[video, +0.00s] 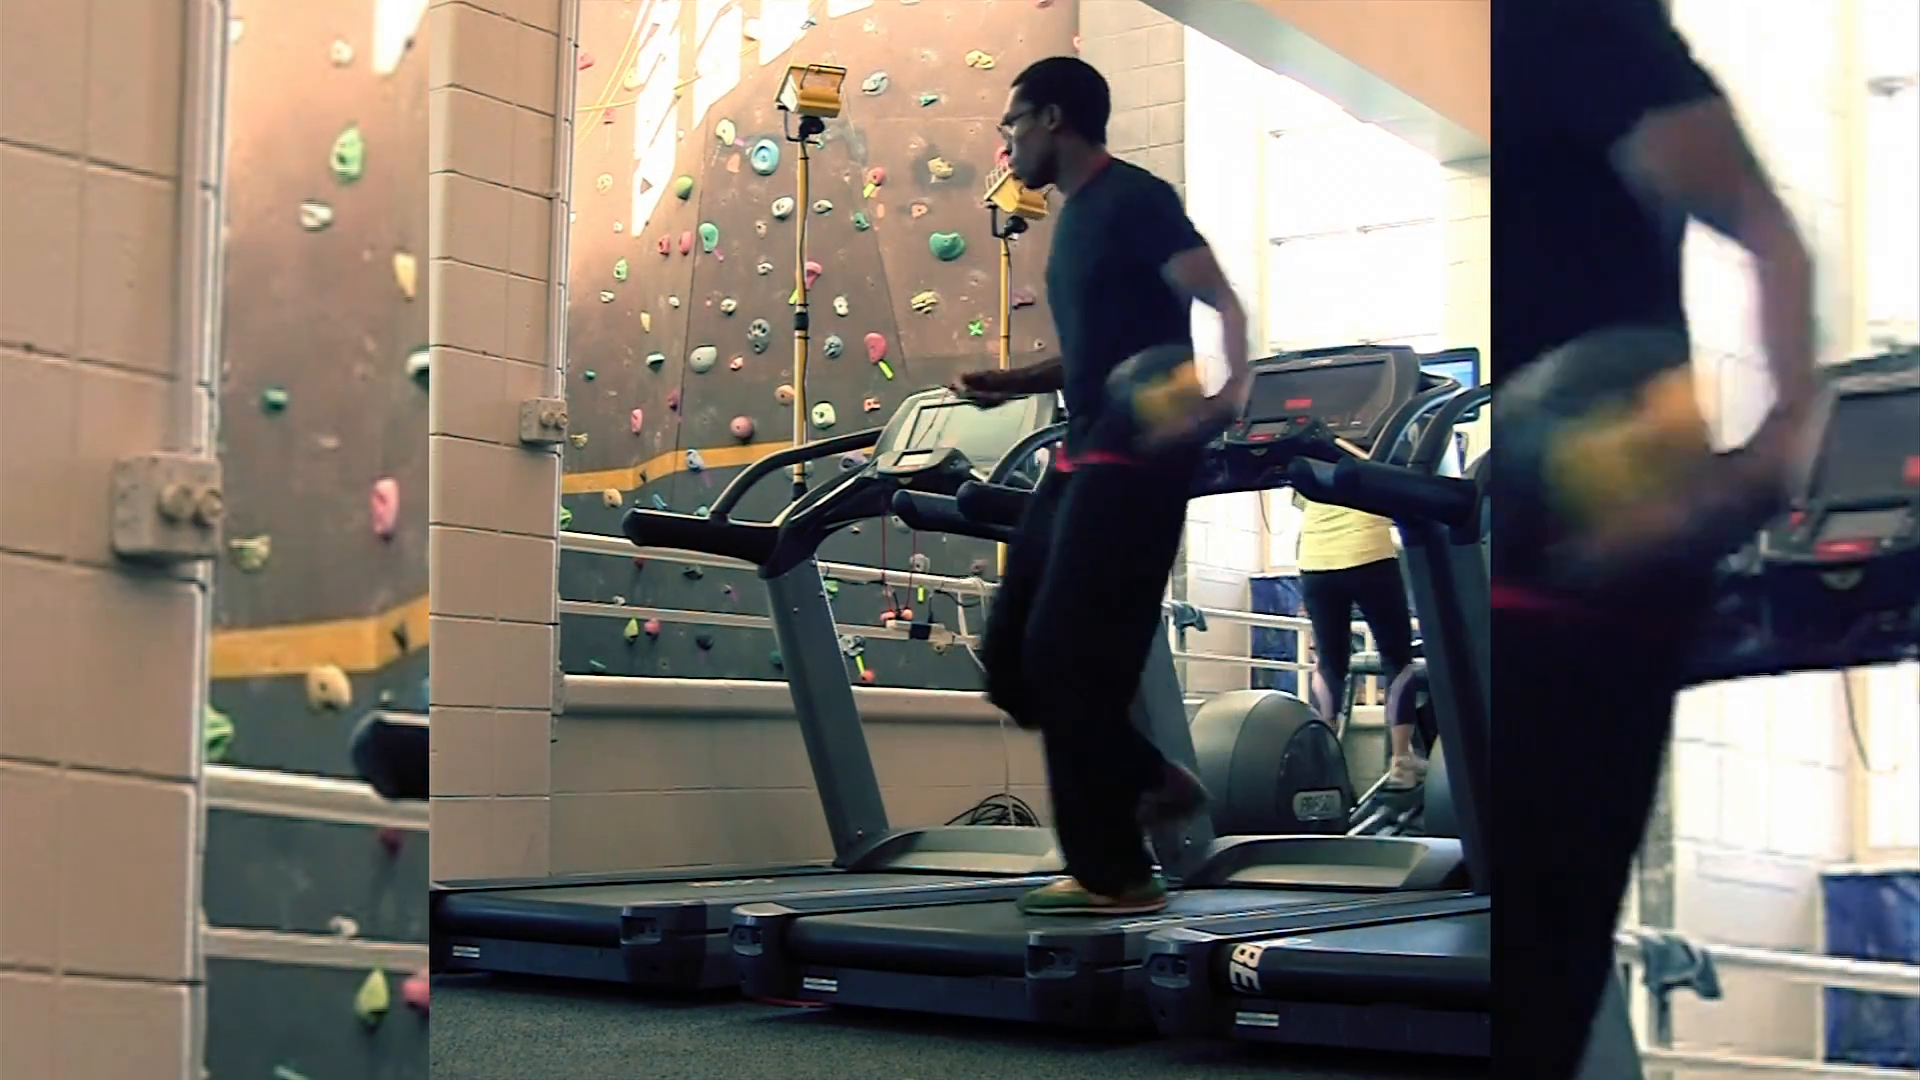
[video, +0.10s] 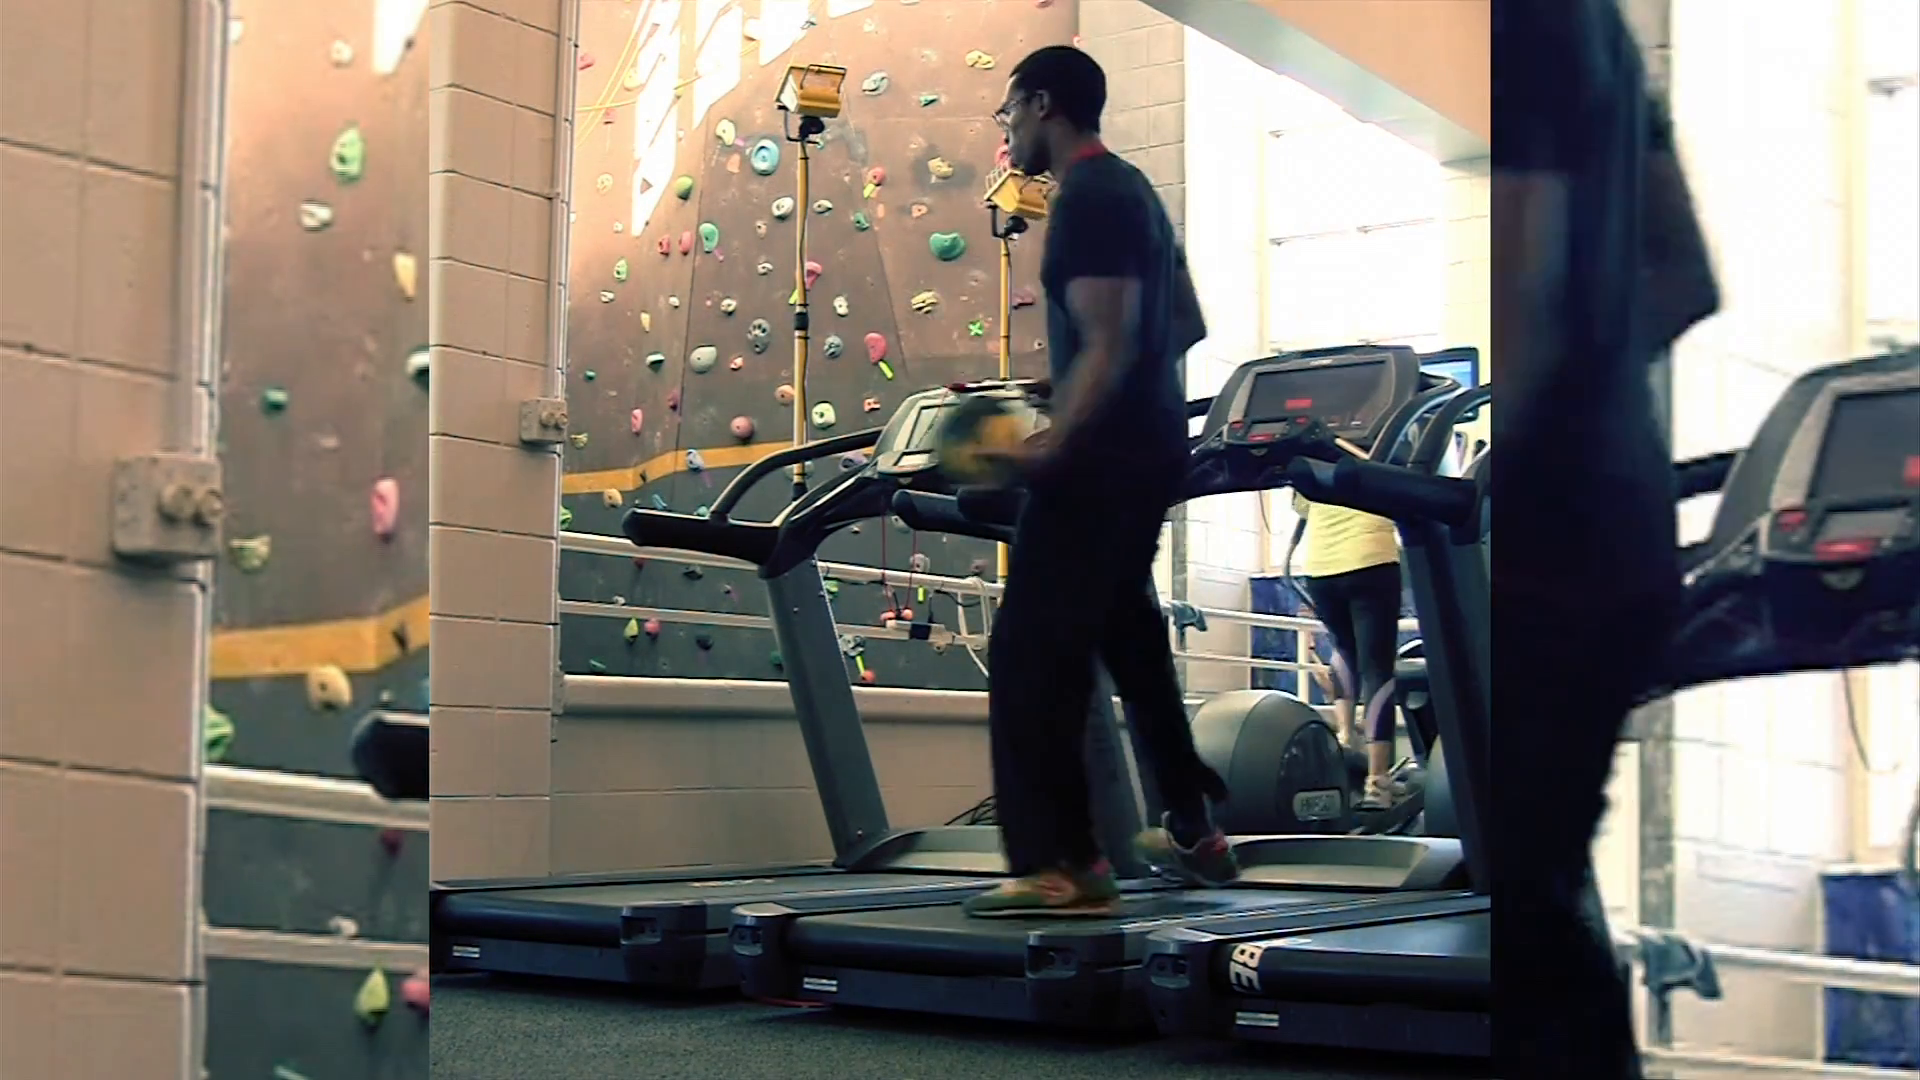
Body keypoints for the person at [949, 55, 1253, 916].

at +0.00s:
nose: (1003, 142)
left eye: (1013, 124)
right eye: (1004, 126)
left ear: (1055, 122)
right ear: (1057, 126)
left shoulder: (1133, 198)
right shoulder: (1076, 217)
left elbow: (1222, 301)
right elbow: (1098, 348)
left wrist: (1231, 391)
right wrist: (1013, 377)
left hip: (1134, 468)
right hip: (1078, 467)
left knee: (1070, 665)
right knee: (1011, 663)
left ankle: (1115, 878)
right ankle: (1159, 784)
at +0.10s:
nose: (1002, 131)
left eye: (1010, 113)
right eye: (1004, 115)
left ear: (1046, 109)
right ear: (1076, 111)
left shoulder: (1087, 190)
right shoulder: (1131, 190)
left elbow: (1108, 338)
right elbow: (1184, 326)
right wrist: (1088, 389)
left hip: (1097, 454)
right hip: (1145, 452)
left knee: (1029, 648)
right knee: (1129, 633)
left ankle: (1062, 866)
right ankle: (1197, 832)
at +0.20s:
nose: (1008, 139)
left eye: (1012, 121)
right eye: (1008, 124)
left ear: (1042, 112)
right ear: (1093, 115)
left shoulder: (1044, 206)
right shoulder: (1172, 197)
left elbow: (975, 343)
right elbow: (1240, 311)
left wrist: (851, 400)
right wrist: (1173, 358)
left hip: (1079, 454)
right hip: (1172, 453)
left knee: (1023, 629)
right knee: (1176, 644)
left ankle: (1014, 837)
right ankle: (1197, 842)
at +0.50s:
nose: (1013, 169)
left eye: (1019, 151)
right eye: (1013, 153)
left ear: (1056, 144)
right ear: (1098, 147)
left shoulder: (1028, 223)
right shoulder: (1177, 222)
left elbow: (940, 343)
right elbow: (1232, 355)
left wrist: (818, 384)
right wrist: (1161, 389)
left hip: (1061, 464)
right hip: (1154, 467)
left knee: (1069, 653)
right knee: (1146, 674)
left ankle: (1033, 791)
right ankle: (1071, 861)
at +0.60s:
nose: (994, 164)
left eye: (1000, 145)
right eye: (993, 148)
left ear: (1043, 136)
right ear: (1079, 139)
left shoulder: (1024, 218)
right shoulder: (1164, 213)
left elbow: (976, 352)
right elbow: (1205, 345)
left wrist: (844, 376)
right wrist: (1127, 374)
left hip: (1070, 460)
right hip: (1161, 454)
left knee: (1081, 654)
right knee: (1107, 655)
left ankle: (1141, 840)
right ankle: (1029, 833)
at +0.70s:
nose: (982, 179)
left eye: (989, 158)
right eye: (979, 162)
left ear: (1034, 148)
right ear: (1060, 152)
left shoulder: (1032, 224)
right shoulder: (1146, 226)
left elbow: (1035, 359)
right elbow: (1207, 348)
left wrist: (905, 387)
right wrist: (1138, 400)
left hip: (1077, 481)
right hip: (1164, 477)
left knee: (1089, 672)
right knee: (1149, 659)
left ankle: (1168, 845)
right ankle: (1098, 787)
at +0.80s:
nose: (978, 176)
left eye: (988, 156)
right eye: (973, 161)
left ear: (1037, 149)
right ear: (1053, 158)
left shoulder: (1054, 212)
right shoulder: (1111, 223)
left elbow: (1106, 313)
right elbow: (1205, 333)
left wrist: (1007, 370)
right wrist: (1153, 414)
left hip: (1066, 481)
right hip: (1133, 479)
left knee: (1050, 675)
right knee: (1126, 667)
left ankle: (1110, 858)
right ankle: (1214, 770)